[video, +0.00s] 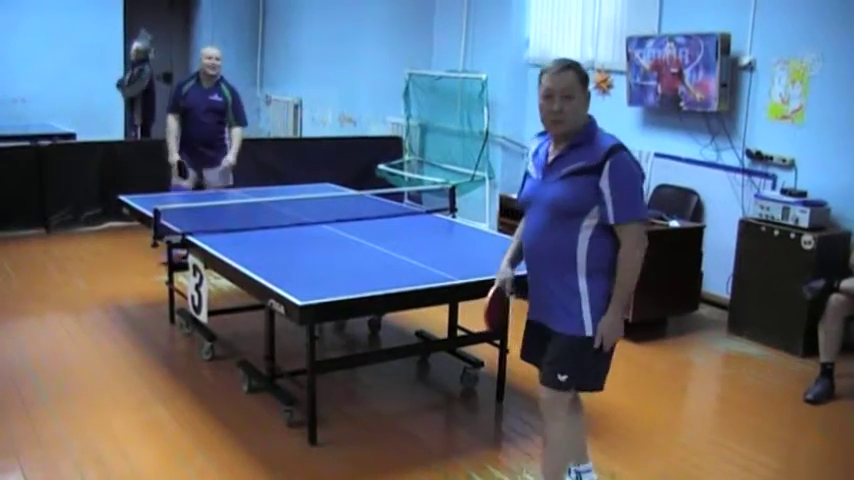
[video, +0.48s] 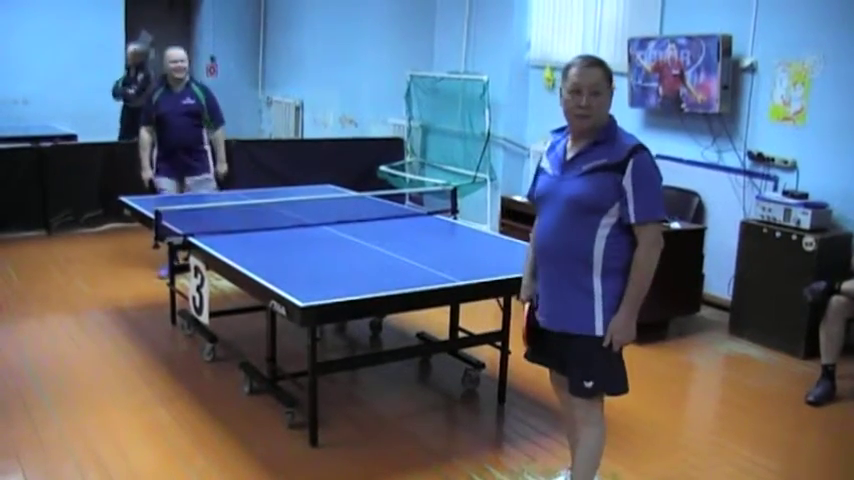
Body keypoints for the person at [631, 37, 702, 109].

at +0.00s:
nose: (670, 51)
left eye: (671, 48)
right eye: (668, 48)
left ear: (675, 49)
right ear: (665, 49)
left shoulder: (678, 62)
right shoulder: (660, 62)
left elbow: (684, 81)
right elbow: (648, 69)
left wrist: (695, 94)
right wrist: (637, 59)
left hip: (675, 95)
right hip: (663, 95)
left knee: (677, 122)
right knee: (663, 121)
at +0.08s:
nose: (670, 51)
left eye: (672, 48)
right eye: (669, 48)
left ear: (675, 49)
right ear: (665, 48)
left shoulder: (678, 62)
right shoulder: (660, 61)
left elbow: (685, 81)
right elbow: (648, 69)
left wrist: (695, 94)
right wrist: (637, 58)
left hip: (676, 95)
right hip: (663, 95)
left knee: (677, 121)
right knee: (663, 121)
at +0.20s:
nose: (670, 52)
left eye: (672, 49)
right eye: (669, 49)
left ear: (675, 50)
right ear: (665, 50)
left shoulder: (678, 64)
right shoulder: (660, 63)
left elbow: (684, 82)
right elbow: (648, 70)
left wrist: (695, 95)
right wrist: (638, 60)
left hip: (676, 96)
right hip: (663, 96)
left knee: (677, 122)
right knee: (663, 121)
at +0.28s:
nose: (671, 52)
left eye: (673, 50)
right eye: (669, 49)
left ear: (676, 51)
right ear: (666, 51)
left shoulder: (679, 64)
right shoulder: (661, 63)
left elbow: (685, 82)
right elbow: (649, 70)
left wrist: (696, 96)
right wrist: (639, 60)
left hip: (676, 97)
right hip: (664, 96)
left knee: (678, 123)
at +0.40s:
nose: (671, 53)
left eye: (673, 50)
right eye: (670, 50)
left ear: (676, 51)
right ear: (666, 51)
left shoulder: (679, 64)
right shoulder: (661, 64)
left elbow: (685, 82)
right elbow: (649, 70)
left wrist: (696, 96)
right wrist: (639, 60)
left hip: (676, 96)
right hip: (664, 96)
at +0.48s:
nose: (672, 53)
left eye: (673, 50)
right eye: (670, 50)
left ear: (677, 51)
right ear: (666, 51)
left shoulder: (679, 65)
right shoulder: (661, 64)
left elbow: (685, 82)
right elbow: (650, 70)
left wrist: (696, 96)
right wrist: (639, 60)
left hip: (677, 96)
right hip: (664, 96)